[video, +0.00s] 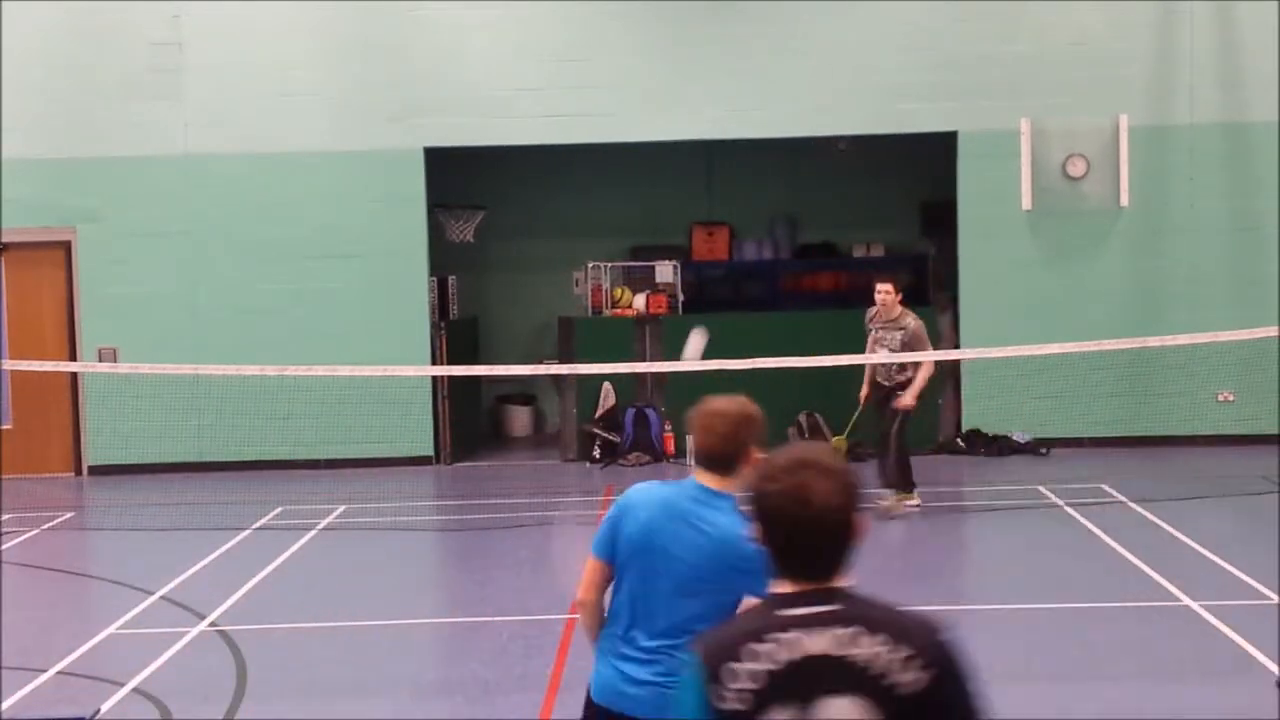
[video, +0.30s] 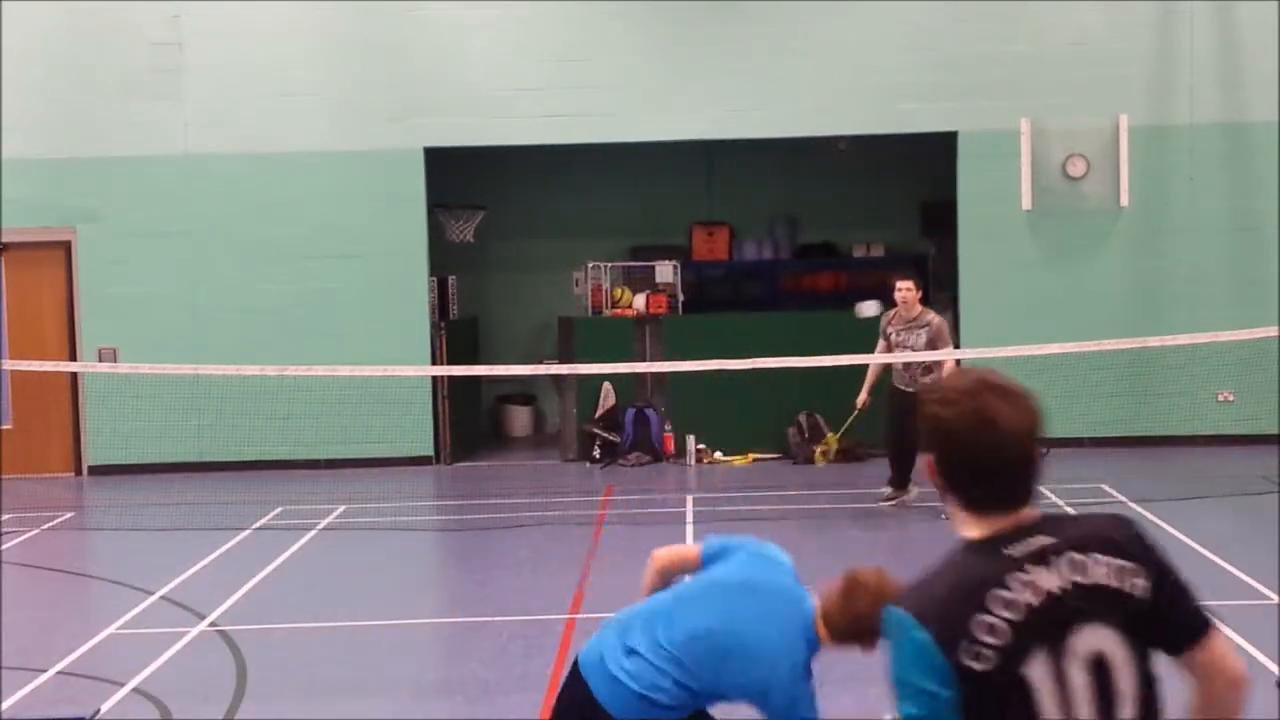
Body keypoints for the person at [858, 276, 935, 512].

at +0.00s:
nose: (881, 297)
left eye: (887, 293)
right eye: (878, 292)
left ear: (898, 297)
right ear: (874, 296)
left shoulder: (912, 325)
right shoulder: (872, 316)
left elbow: (928, 363)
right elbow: (871, 349)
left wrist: (911, 393)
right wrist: (866, 383)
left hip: (904, 386)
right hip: (880, 385)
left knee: (892, 434)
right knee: (887, 435)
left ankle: (899, 490)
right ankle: (905, 491)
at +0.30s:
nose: (902, 295)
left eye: (907, 290)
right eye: (898, 290)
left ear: (918, 294)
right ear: (894, 294)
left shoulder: (934, 323)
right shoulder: (889, 320)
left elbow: (949, 362)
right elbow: (880, 356)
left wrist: (948, 395)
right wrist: (865, 390)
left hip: (928, 390)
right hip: (899, 388)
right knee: (897, 435)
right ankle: (899, 484)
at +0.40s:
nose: (907, 290)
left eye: (912, 286)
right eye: (903, 286)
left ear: (922, 289)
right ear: (898, 290)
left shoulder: (939, 318)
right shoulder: (891, 317)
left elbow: (953, 358)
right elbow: (882, 354)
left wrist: (940, 389)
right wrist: (869, 388)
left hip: (933, 389)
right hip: (902, 388)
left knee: (938, 446)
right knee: (894, 443)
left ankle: (950, 501)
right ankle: (904, 484)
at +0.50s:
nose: (909, 287)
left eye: (913, 282)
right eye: (904, 283)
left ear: (923, 285)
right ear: (898, 287)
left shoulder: (940, 315)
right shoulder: (890, 314)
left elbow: (954, 354)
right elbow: (880, 351)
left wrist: (943, 386)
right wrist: (872, 384)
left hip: (935, 386)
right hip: (902, 386)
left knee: (941, 444)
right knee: (897, 442)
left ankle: (950, 500)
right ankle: (902, 491)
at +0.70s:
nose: (902, 284)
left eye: (906, 279)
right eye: (897, 280)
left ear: (915, 284)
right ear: (890, 286)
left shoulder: (933, 315)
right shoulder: (879, 316)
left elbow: (946, 355)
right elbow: (870, 352)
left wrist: (948, 393)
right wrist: (867, 382)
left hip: (928, 390)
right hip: (893, 390)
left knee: (936, 448)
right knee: (895, 450)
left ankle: (948, 499)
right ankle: (895, 508)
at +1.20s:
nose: (905, 292)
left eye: (910, 287)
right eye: (902, 288)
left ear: (921, 291)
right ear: (897, 291)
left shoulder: (938, 320)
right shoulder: (892, 317)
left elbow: (952, 358)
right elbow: (883, 352)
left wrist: (941, 390)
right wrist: (868, 388)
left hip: (932, 388)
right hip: (902, 388)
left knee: (938, 445)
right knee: (895, 440)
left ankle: (949, 500)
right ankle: (902, 484)